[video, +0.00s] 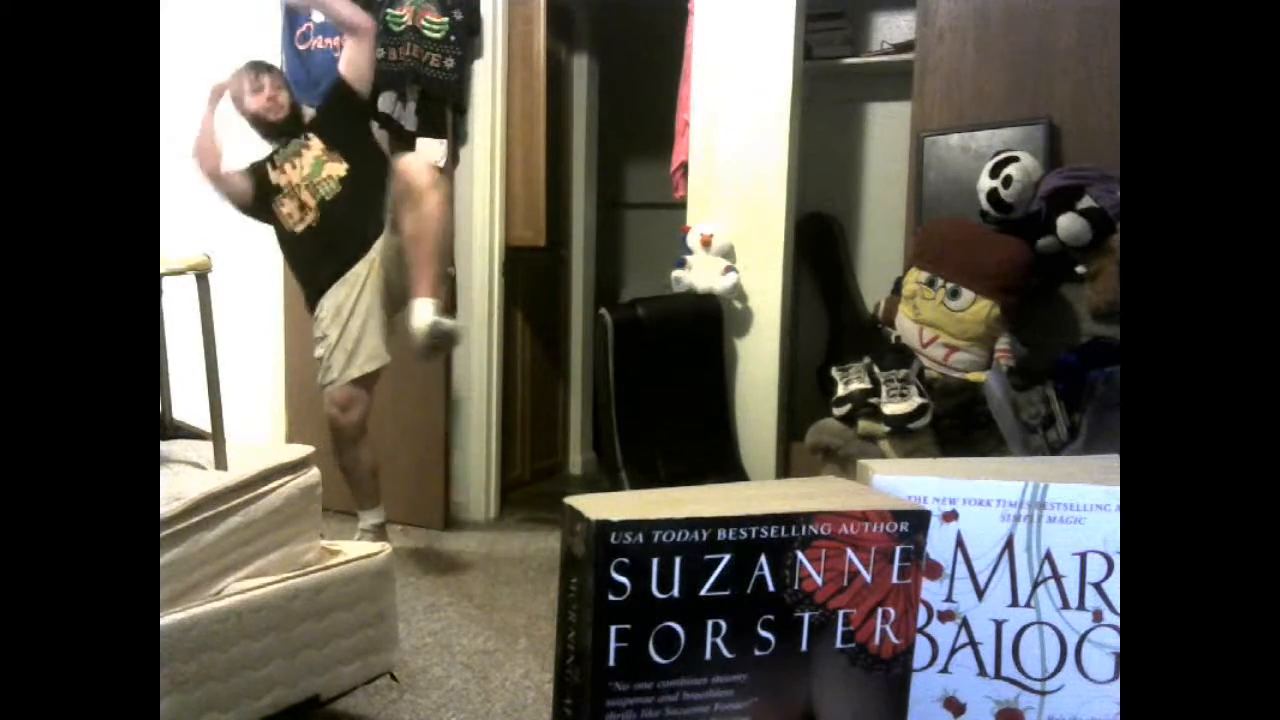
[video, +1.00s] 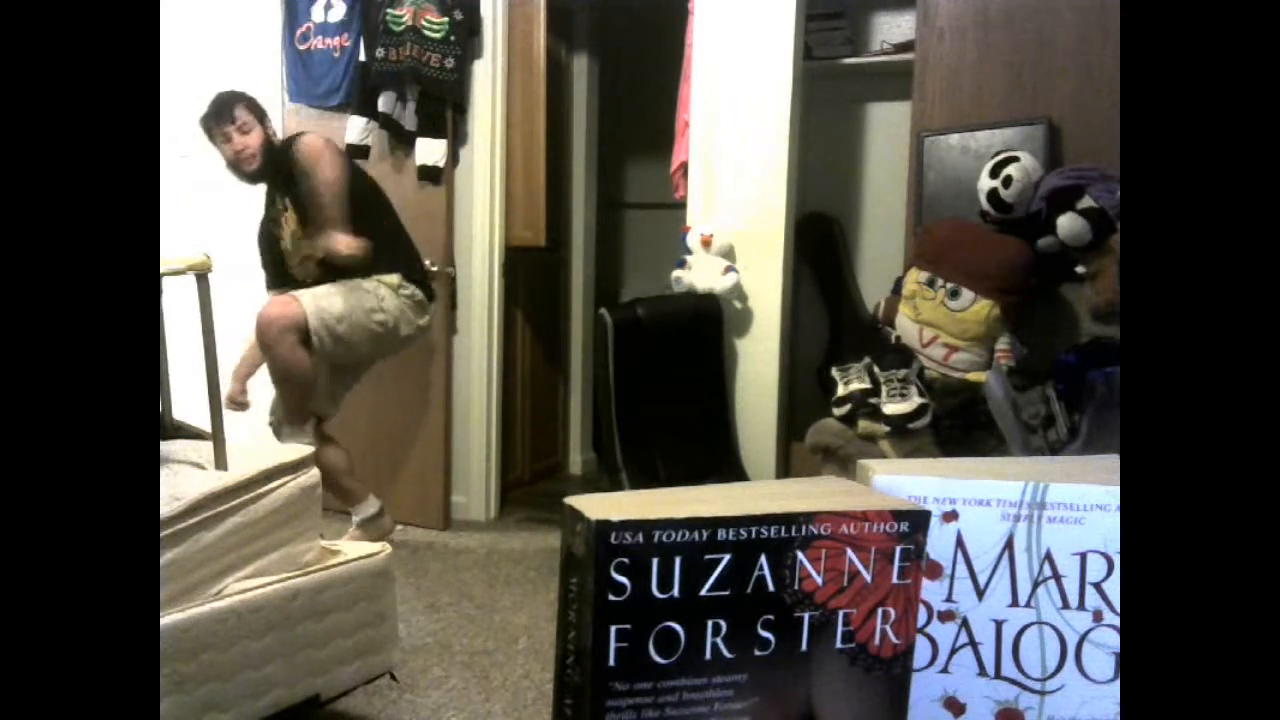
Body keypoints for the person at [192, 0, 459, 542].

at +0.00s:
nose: (262, 92)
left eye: (265, 81)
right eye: (251, 92)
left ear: (286, 85)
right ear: (247, 114)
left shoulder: (339, 114)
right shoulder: (262, 182)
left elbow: (362, 28)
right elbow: (210, 168)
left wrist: (311, 4)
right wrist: (212, 103)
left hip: (390, 250)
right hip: (337, 297)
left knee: (415, 168)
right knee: (344, 414)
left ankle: (425, 311)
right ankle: (372, 524)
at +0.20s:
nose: (258, 82)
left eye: (264, 69)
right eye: (244, 79)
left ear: (282, 70)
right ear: (236, 96)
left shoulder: (324, 95)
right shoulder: (265, 177)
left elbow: (336, 24)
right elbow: (237, 248)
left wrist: (300, 19)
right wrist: (212, 224)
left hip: (409, 236)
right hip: (353, 277)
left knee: (362, 162)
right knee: (363, 405)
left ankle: (391, 301)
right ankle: (376, 523)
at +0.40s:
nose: (246, 103)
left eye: (251, 89)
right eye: (234, 100)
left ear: (271, 88)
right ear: (228, 115)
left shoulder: (311, 117)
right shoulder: (278, 188)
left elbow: (329, 158)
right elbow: (285, 274)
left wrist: (297, 195)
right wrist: (251, 300)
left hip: (410, 245)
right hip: (355, 276)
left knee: (327, 210)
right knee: (333, 399)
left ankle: (359, 343)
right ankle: (369, 517)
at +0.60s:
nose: (256, 134)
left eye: (263, 119)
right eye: (244, 128)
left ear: (285, 117)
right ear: (240, 139)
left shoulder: (317, 144)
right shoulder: (289, 204)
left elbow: (335, 165)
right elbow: (290, 308)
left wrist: (336, 197)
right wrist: (243, 372)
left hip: (398, 295)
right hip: (354, 314)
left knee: (295, 279)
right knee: (304, 426)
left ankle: (288, 407)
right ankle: (367, 514)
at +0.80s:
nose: (241, 146)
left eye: (246, 131)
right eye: (228, 141)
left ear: (267, 129)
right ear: (222, 153)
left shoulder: (302, 151)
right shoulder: (274, 232)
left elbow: (343, 159)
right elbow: (285, 310)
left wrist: (359, 226)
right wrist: (234, 375)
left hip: (396, 296)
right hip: (349, 321)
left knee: (276, 316)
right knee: (300, 418)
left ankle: (289, 422)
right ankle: (365, 511)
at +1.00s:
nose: (237, 146)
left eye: (243, 130)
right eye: (225, 140)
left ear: (266, 127)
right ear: (219, 151)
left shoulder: (305, 150)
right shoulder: (272, 228)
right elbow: (283, 303)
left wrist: (326, 236)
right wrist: (244, 372)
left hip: (397, 293)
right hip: (350, 312)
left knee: (277, 318)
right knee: (305, 421)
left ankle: (295, 421)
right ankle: (369, 512)